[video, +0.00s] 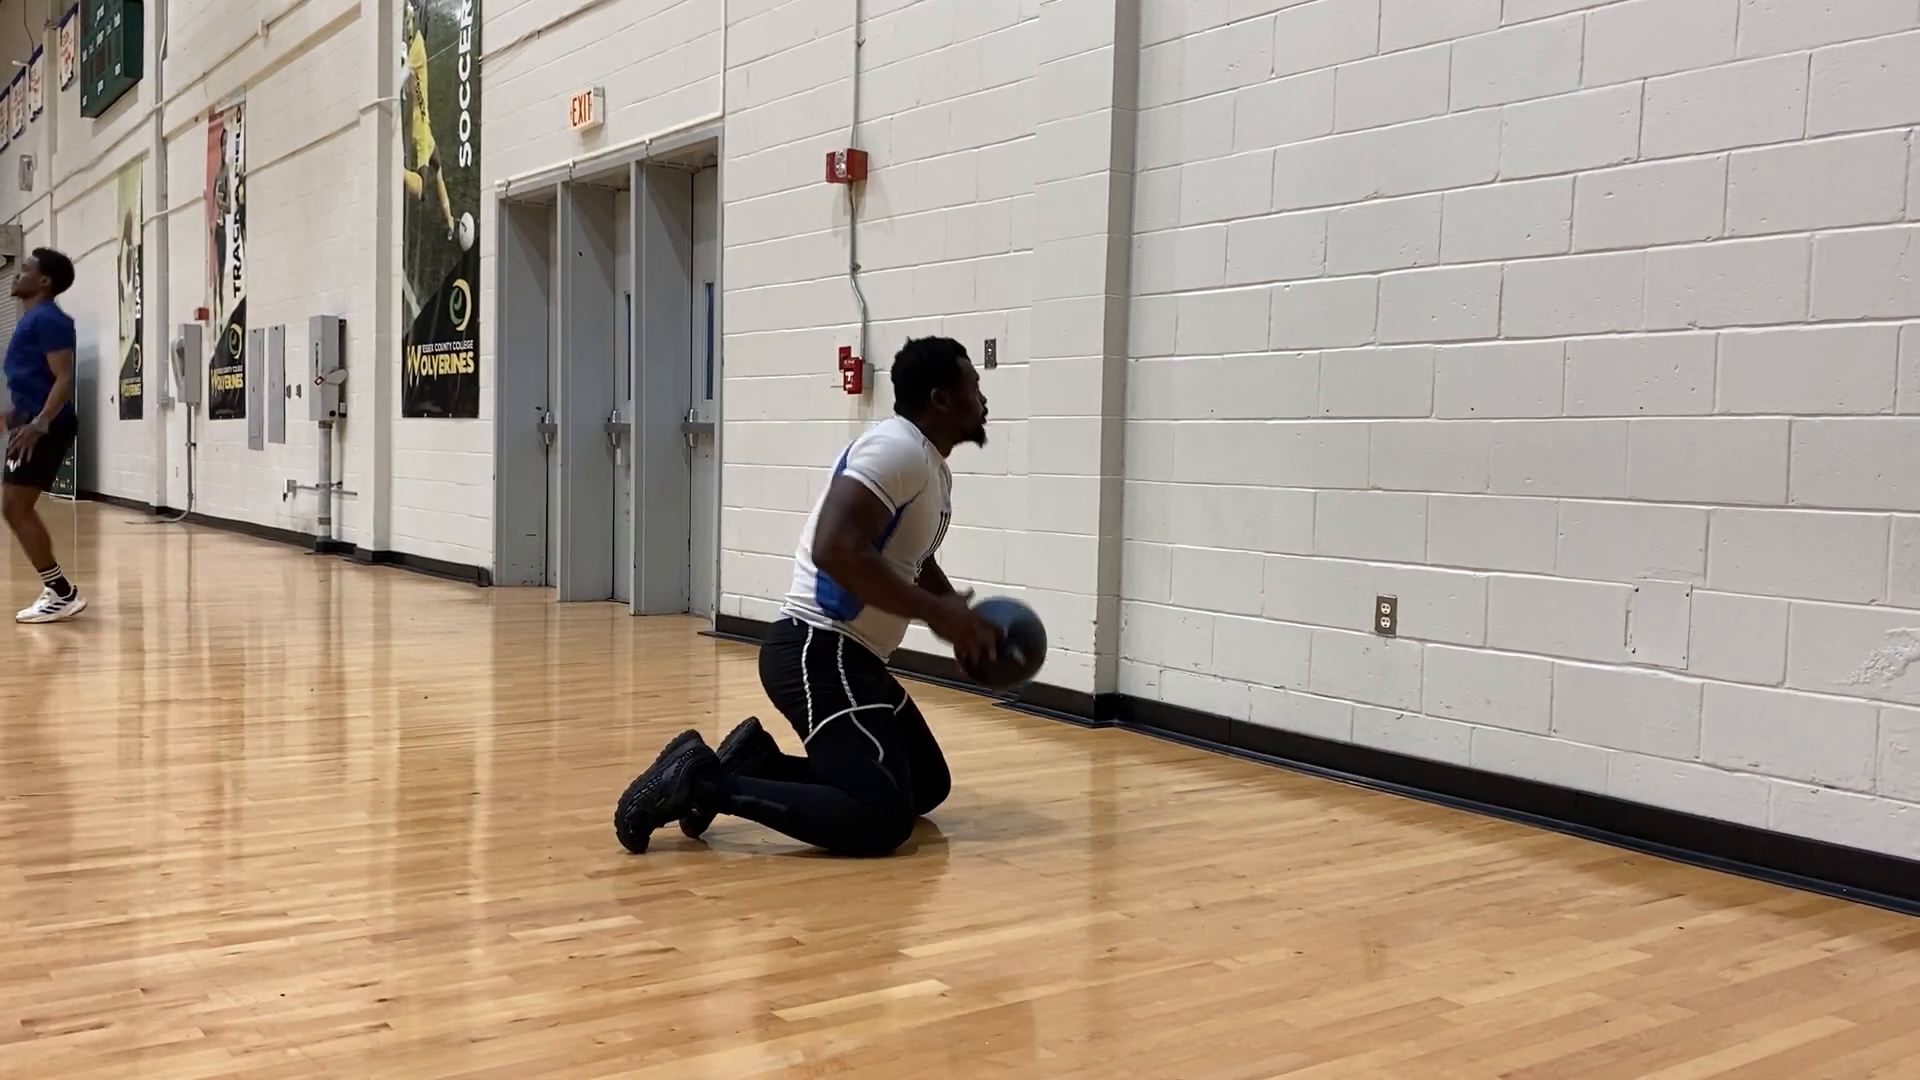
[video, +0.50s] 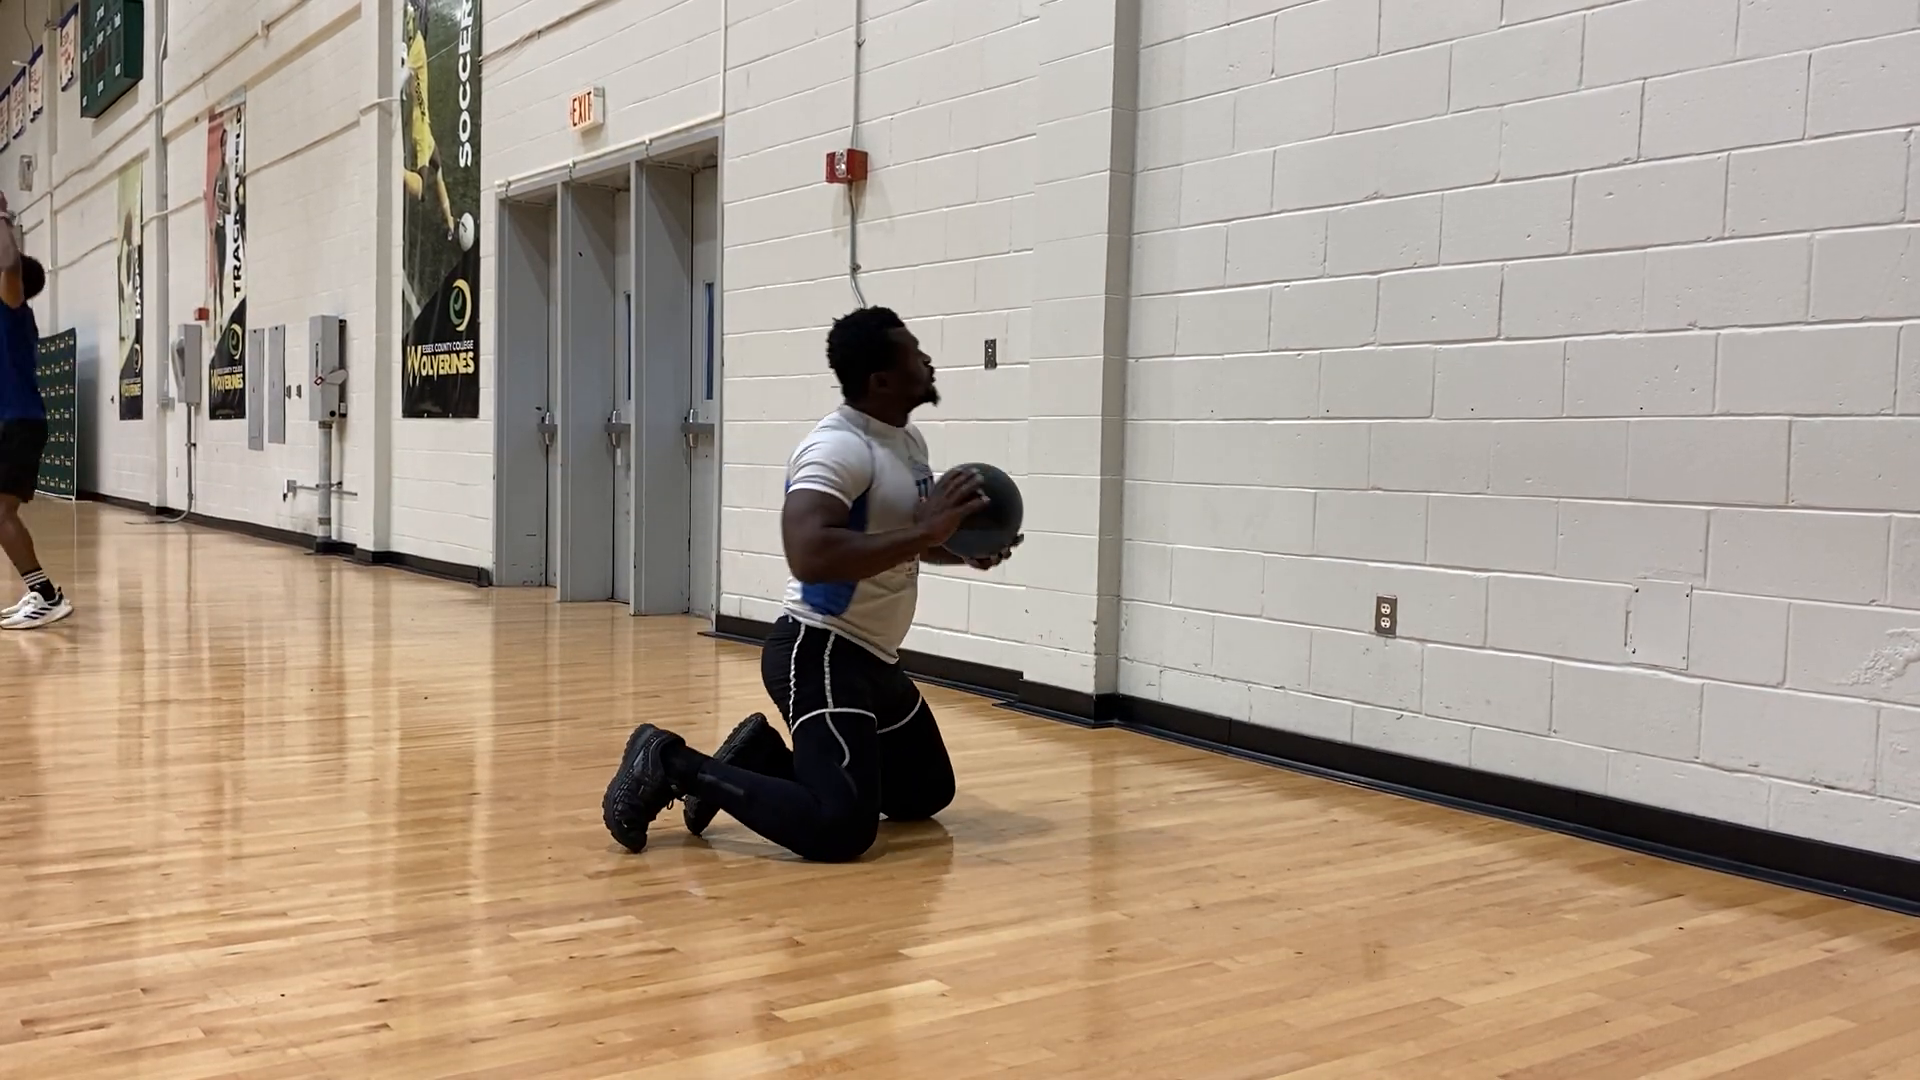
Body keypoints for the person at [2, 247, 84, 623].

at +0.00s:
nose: (17, 274)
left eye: (26, 269)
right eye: (21, 268)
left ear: (44, 281)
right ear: (41, 282)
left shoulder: (49, 319)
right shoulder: (32, 319)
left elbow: (65, 380)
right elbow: (37, 378)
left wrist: (39, 423)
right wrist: (15, 410)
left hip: (50, 424)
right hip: (35, 422)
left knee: (16, 505)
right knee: (15, 505)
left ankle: (60, 591)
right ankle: (58, 589)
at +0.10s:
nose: (12, 274)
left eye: (21, 270)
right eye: (16, 268)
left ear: (40, 283)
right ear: (35, 283)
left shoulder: (39, 321)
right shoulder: (26, 321)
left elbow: (55, 382)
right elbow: (31, 382)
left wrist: (21, 423)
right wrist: (11, 420)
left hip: (41, 430)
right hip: (26, 428)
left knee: (13, 508)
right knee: (10, 508)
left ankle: (60, 591)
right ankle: (58, 589)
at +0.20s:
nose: (13, 249)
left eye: (22, 245)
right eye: (16, 243)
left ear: (40, 258)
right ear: (34, 258)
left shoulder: (37, 291)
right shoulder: (24, 292)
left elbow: (45, 339)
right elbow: (37, 340)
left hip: (31, 400)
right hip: (20, 399)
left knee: (18, 485)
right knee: (17, 485)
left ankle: (48, 579)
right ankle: (47, 577)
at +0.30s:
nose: (6, 246)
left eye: (14, 241)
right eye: (9, 240)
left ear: (32, 252)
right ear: (29, 253)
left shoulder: (33, 278)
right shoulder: (17, 283)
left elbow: (35, 299)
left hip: (24, 390)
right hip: (16, 390)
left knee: (18, 483)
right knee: (16, 483)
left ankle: (41, 575)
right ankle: (41, 573)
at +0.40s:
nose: (2, 260)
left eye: (9, 256)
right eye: (5, 255)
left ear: (22, 267)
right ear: (22, 267)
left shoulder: (21, 295)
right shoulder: (13, 298)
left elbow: (16, 262)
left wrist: (4, 230)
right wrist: (9, 235)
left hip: (24, 406)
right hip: (14, 406)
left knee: (9, 498)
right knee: (8, 498)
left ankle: (39, 586)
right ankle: (37, 585)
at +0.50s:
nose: (9, 273)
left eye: (16, 269)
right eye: (14, 269)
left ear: (22, 280)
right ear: (23, 282)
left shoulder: (15, 308)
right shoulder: (15, 311)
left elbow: (11, 263)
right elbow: (13, 261)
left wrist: (4, 221)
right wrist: (7, 223)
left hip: (19, 420)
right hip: (17, 419)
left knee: (5, 510)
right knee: (5, 510)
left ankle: (43, 591)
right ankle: (40, 590)